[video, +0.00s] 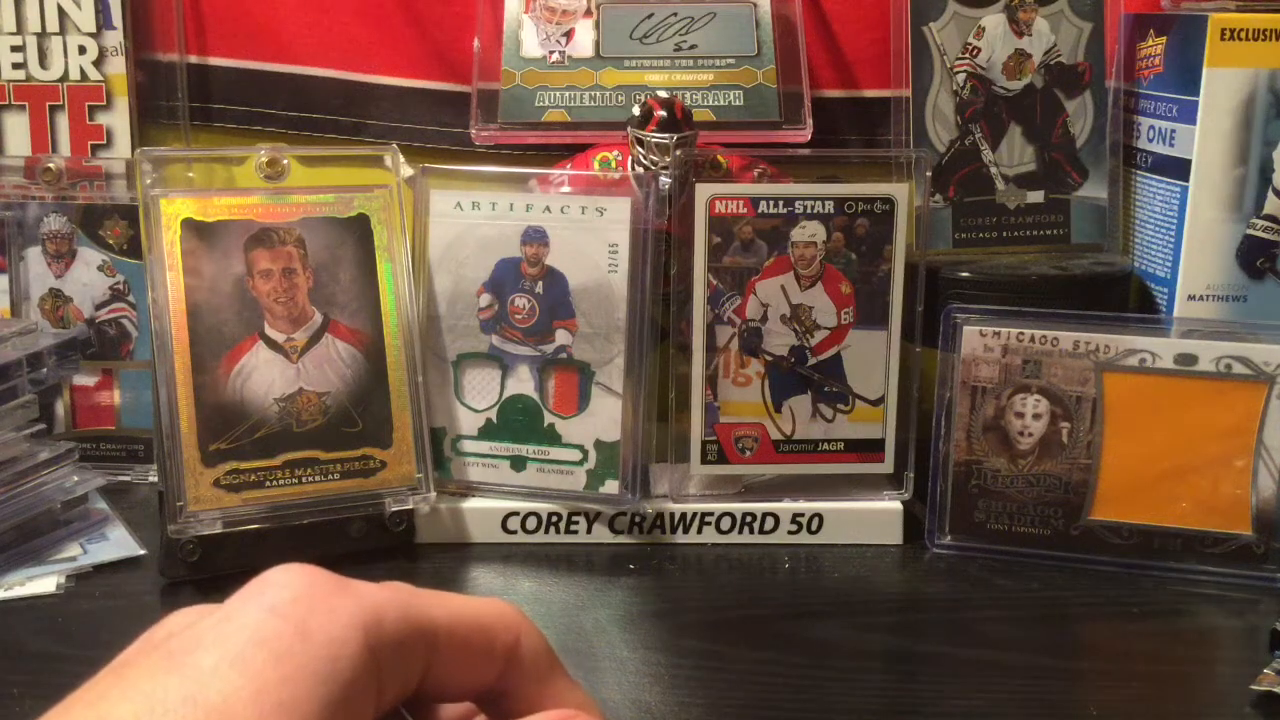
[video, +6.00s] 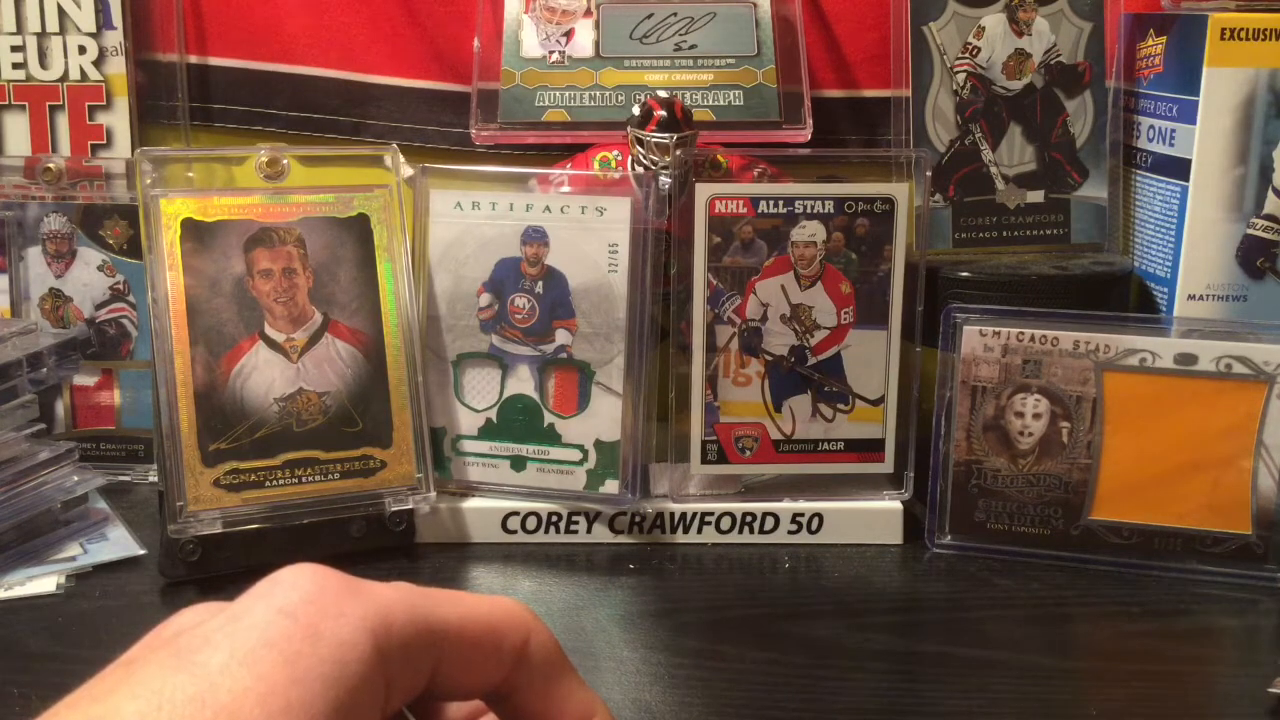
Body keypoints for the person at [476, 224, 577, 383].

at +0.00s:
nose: (535, 251)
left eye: (540, 246)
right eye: (530, 246)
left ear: (547, 250)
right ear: (522, 248)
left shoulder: (557, 280)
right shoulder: (504, 268)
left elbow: (565, 321)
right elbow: (487, 293)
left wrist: (561, 350)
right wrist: (487, 317)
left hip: (542, 353)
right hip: (503, 348)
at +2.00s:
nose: (534, 251)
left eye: (540, 246)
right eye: (530, 246)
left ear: (547, 250)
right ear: (522, 248)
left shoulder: (557, 280)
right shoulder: (504, 268)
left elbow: (565, 321)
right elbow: (487, 293)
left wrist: (562, 349)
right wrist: (487, 316)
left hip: (541, 354)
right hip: (503, 350)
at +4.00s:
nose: (534, 251)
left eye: (540, 247)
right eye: (530, 246)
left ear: (546, 251)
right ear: (522, 248)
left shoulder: (556, 279)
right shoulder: (504, 268)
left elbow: (565, 321)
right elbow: (487, 291)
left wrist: (562, 348)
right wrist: (486, 311)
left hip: (541, 353)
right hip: (502, 348)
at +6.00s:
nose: (534, 251)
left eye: (540, 246)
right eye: (530, 246)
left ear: (546, 250)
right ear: (522, 248)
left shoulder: (557, 280)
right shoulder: (504, 268)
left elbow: (565, 321)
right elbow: (487, 291)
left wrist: (562, 350)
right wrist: (486, 316)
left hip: (541, 353)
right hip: (502, 348)